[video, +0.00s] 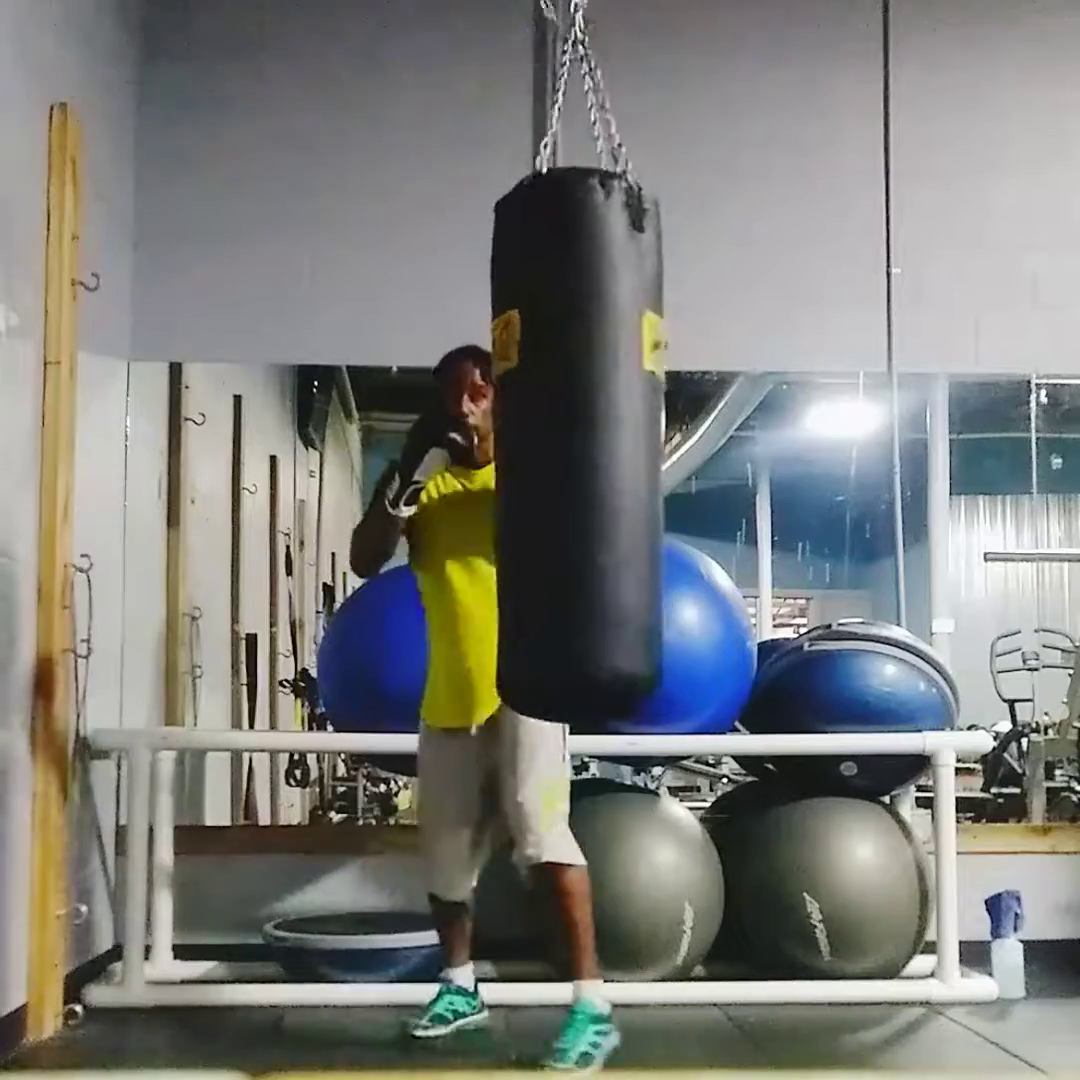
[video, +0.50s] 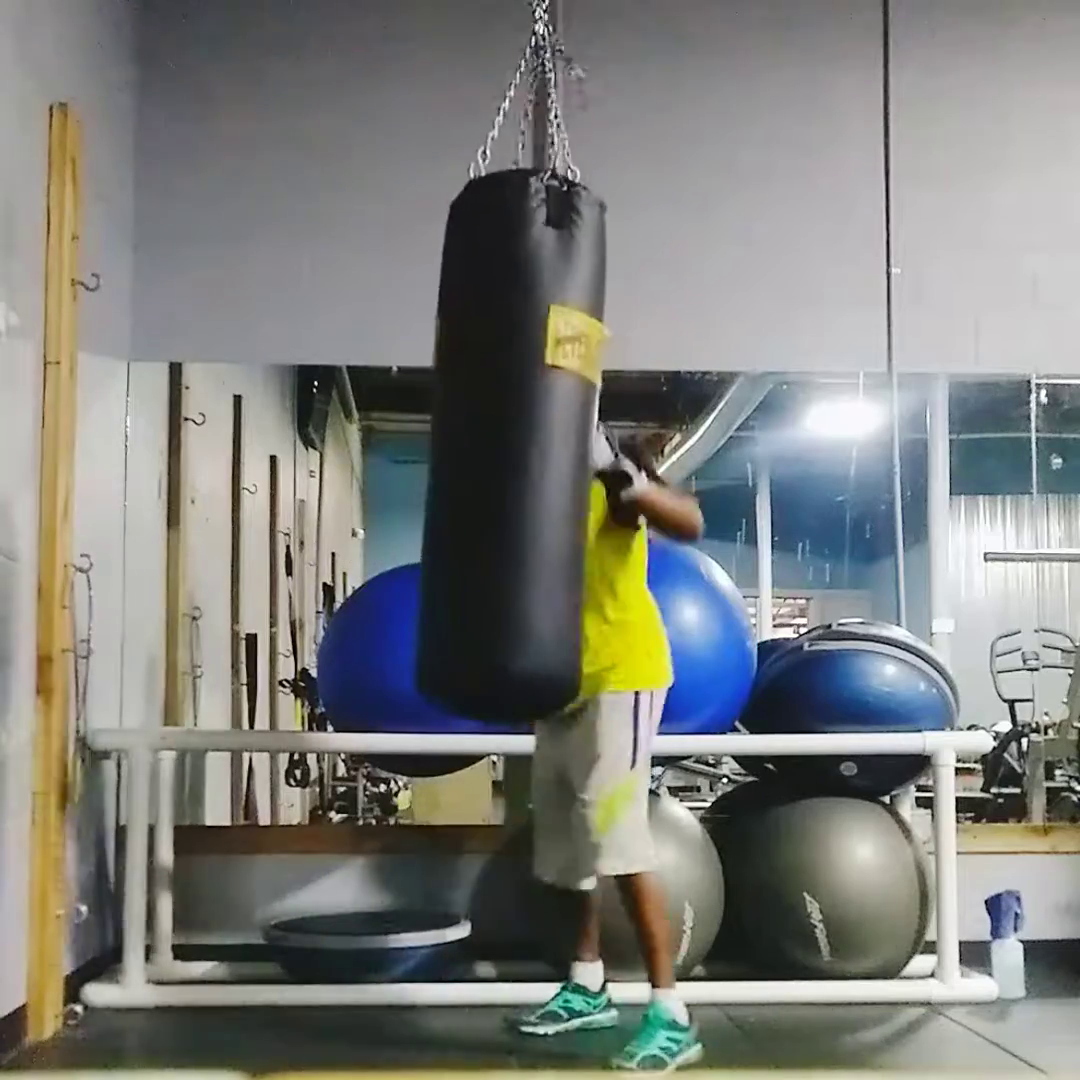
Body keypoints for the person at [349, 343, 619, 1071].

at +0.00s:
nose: (465, 404)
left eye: (479, 391)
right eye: (455, 393)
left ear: (505, 400)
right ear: (439, 403)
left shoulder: (534, 472)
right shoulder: (423, 482)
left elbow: (577, 504)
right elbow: (365, 559)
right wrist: (406, 471)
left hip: (528, 682)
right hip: (452, 687)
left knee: (545, 836)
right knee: (445, 851)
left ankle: (590, 1003)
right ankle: (460, 991)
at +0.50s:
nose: (544, 416)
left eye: (555, 405)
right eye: (536, 406)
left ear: (577, 410)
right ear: (526, 419)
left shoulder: (615, 460)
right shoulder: (522, 473)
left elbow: (689, 520)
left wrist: (629, 480)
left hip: (622, 668)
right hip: (559, 674)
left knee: (622, 838)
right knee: (569, 843)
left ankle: (669, 1013)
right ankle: (587, 988)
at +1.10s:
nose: (573, 411)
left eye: (579, 396)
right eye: (571, 397)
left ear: (607, 392)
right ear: (615, 386)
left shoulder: (676, 444)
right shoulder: (605, 479)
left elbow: (652, 436)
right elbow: (548, 555)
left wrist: (571, 404)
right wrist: (502, 507)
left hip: (722, 659)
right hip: (684, 665)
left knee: (709, 839)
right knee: (696, 839)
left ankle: (720, 1029)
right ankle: (726, 997)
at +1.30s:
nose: (619, 381)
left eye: (626, 367)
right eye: (620, 369)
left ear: (659, 370)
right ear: (662, 370)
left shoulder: (714, 435)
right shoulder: (653, 454)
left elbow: (737, 514)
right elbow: (645, 555)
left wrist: (642, 500)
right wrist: (587, 519)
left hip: (747, 663)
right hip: (711, 665)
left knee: (721, 836)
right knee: (742, 828)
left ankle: (721, 1030)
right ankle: (831, 967)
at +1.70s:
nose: (723, 370)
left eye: (735, 357)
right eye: (725, 358)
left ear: (775, 363)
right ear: (752, 365)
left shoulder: (819, 429)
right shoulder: (744, 451)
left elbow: (887, 520)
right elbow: (721, 571)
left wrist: (780, 502)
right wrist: (693, 527)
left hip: (819, 661)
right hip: (780, 661)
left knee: (771, 832)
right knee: (845, 835)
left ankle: (754, 1021)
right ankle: (909, 1001)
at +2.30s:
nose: (772, 398)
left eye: (783, 385)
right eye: (776, 386)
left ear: (819, 390)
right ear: (825, 392)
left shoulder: (886, 440)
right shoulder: (820, 476)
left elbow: (898, 511)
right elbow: (779, 558)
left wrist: (817, 453)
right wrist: (738, 491)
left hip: (910, 669)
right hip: (933, 668)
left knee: (874, 839)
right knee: (956, 838)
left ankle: (884, 1036)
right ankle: (1011, 1010)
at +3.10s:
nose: (838, 394)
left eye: (841, 384)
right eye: (838, 387)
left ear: (858, 378)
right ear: (924, 376)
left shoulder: (876, 412)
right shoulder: (967, 434)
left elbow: (802, 471)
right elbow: (898, 526)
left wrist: (748, 450)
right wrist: (829, 487)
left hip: (920, 653)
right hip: (1015, 655)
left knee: (845, 845)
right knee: (1054, 849)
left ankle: (837, 1042)